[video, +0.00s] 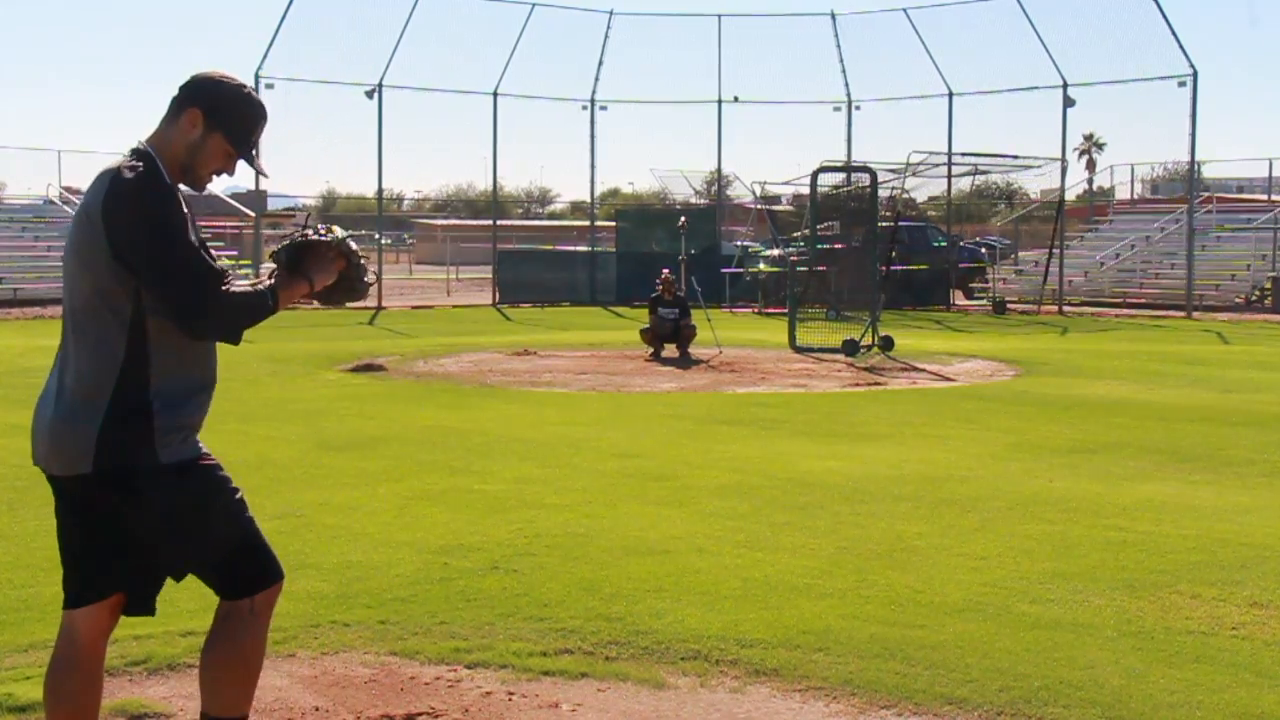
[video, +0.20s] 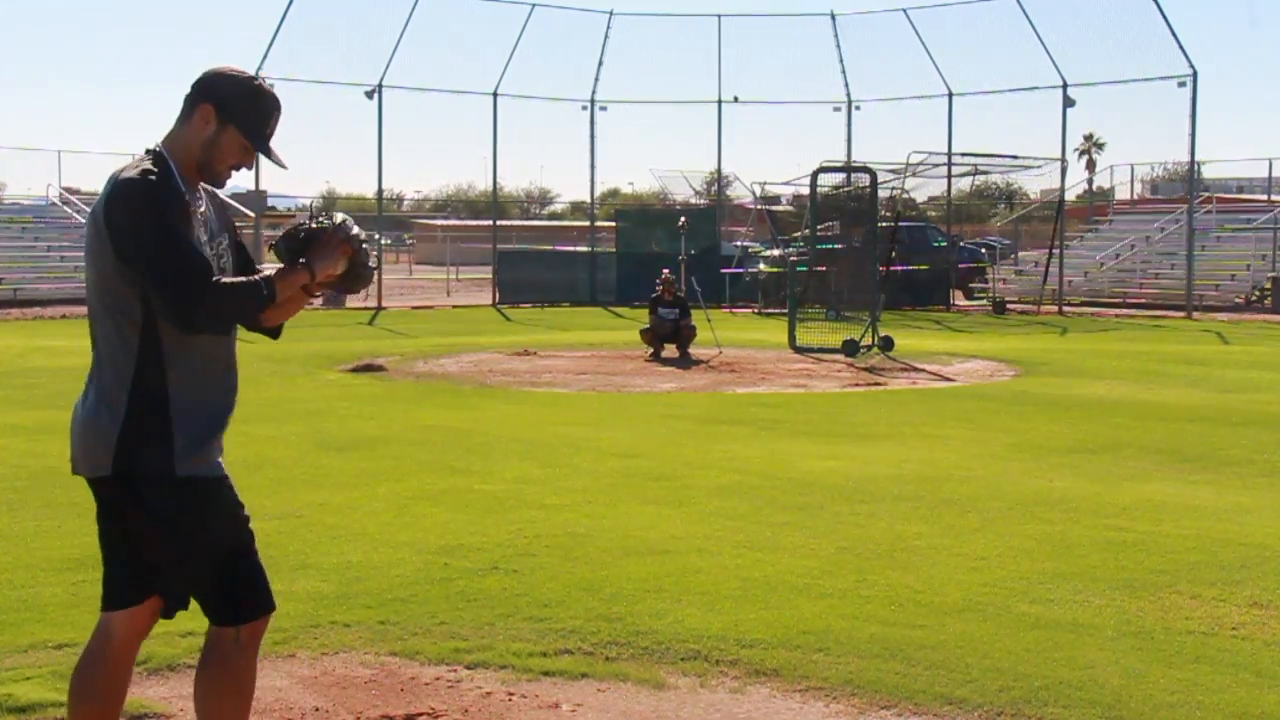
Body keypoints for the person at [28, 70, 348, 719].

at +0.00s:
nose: (228, 168)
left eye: (236, 158)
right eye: (230, 151)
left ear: (189, 125)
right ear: (192, 121)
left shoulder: (114, 187)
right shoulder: (144, 192)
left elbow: (197, 303)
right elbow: (212, 312)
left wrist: (276, 289)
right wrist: (287, 283)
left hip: (80, 444)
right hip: (143, 448)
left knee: (91, 609)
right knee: (254, 584)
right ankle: (223, 716)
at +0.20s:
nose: (246, 166)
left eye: (252, 156)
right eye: (245, 149)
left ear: (209, 126)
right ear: (207, 119)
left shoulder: (196, 203)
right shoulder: (144, 191)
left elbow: (239, 314)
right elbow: (195, 303)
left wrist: (287, 298)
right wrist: (307, 268)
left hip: (137, 446)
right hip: (159, 450)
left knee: (132, 608)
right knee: (243, 612)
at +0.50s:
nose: (275, 147)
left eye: (280, 134)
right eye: (271, 129)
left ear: (241, 116)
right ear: (227, 106)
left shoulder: (259, 198)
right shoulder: (141, 182)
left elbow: (317, 310)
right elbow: (148, 271)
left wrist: (318, 247)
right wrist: (268, 228)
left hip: (254, 433)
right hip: (171, 444)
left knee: (322, 575)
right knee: (220, 620)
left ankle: (244, 712)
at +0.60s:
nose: (282, 147)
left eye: (288, 134)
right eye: (276, 128)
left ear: (250, 118)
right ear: (231, 107)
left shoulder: (271, 196)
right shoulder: (138, 178)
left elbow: (333, 308)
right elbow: (123, 253)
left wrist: (309, 229)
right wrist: (244, 210)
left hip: (259, 419)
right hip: (174, 443)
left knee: (338, 557)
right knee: (216, 620)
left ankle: (340, 717)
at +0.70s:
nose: (284, 150)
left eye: (294, 139)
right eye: (279, 133)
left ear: (294, 140)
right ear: (239, 111)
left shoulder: (281, 190)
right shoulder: (149, 174)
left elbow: (348, 301)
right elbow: (109, 241)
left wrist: (306, 215)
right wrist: (229, 190)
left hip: (270, 410)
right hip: (182, 439)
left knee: (344, 532)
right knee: (215, 618)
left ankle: (412, 701)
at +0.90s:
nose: (298, 152)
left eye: (311, 144)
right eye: (292, 137)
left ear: (317, 148)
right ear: (257, 124)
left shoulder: (309, 201)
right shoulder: (181, 178)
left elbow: (376, 286)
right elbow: (127, 231)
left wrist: (322, 193)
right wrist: (235, 165)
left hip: (272, 387)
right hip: (192, 418)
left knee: (341, 388)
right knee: (223, 608)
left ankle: (399, 581)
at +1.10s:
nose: (359, 178)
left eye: (362, 165)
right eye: (356, 162)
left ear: (319, 160)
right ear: (319, 155)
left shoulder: (337, 242)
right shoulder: (215, 221)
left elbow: (339, 358)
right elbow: (115, 309)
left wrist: (326, 333)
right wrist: (239, 313)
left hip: (285, 412)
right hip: (205, 434)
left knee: (371, 440)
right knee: (251, 604)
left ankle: (394, 645)